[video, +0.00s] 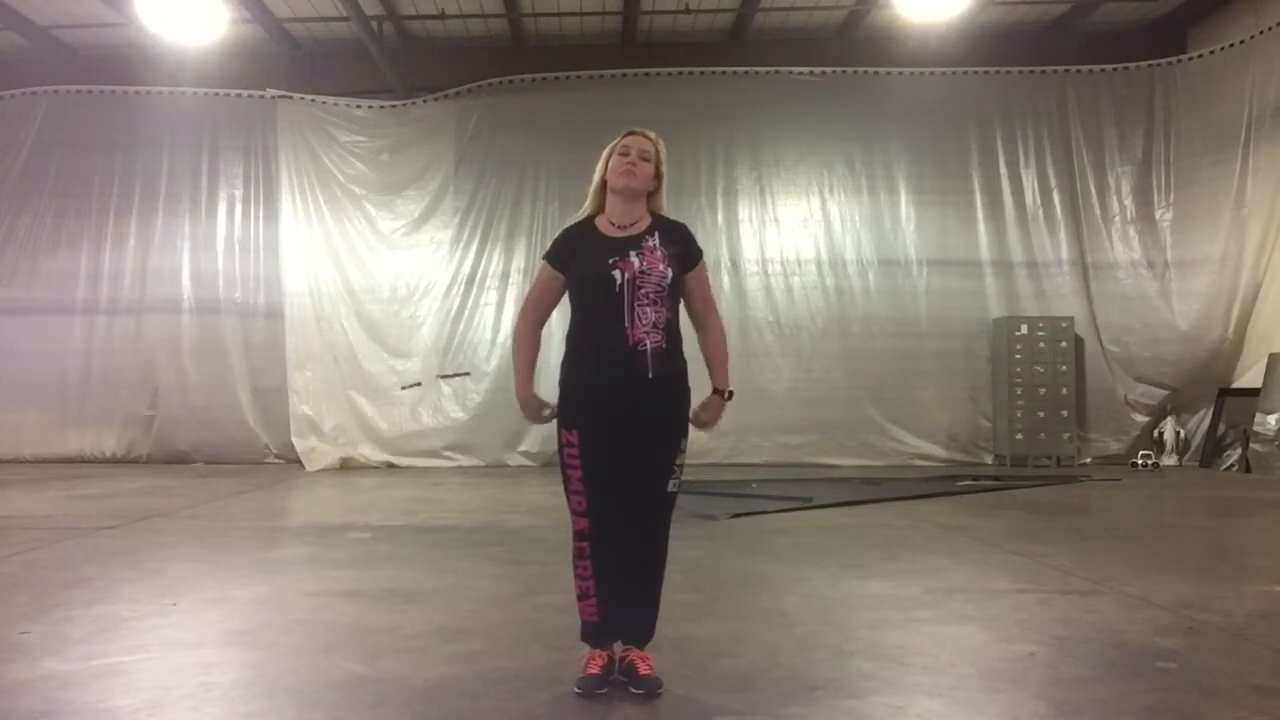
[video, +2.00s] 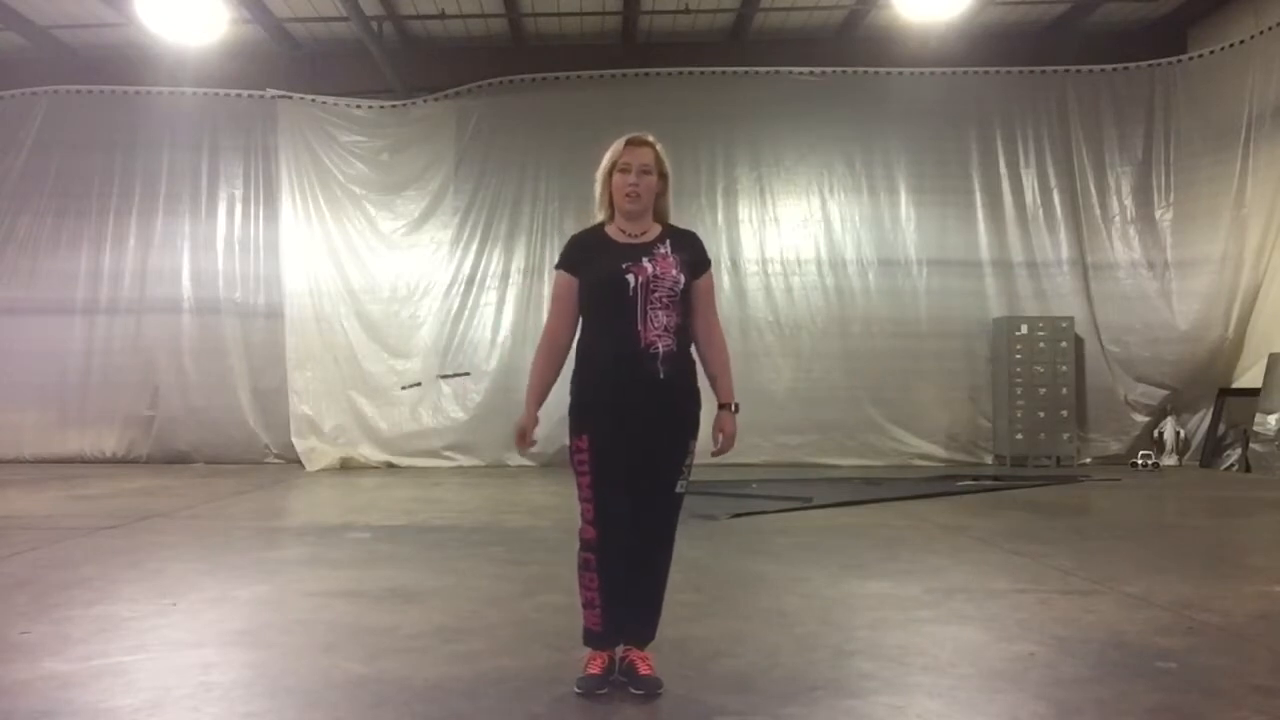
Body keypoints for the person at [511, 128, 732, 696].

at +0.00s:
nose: (631, 163)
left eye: (643, 158)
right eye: (622, 155)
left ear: (657, 177)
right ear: (604, 168)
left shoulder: (676, 239)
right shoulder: (576, 240)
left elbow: (706, 317)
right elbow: (531, 314)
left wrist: (721, 388)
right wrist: (523, 390)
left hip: (659, 406)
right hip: (589, 405)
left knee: (647, 524)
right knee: (593, 527)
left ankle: (634, 649)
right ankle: (599, 649)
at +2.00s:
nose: (634, 181)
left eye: (646, 172)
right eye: (625, 171)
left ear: (661, 182)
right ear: (608, 179)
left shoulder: (686, 247)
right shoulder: (583, 247)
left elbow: (707, 330)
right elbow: (557, 335)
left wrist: (727, 402)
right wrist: (531, 407)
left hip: (669, 411)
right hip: (600, 409)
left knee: (653, 526)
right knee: (601, 528)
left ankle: (635, 649)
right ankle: (599, 650)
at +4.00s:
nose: (641, 178)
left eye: (651, 170)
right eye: (630, 170)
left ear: (667, 180)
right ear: (615, 182)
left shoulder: (695, 248)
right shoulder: (592, 249)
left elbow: (713, 335)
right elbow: (565, 334)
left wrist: (725, 410)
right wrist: (540, 404)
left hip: (678, 411)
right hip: (608, 410)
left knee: (660, 528)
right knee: (608, 528)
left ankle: (639, 649)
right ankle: (607, 660)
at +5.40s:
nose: (632, 162)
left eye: (642, 155)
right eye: (621, 154)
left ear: (657, 170)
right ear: (603, 168)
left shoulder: (682, 239)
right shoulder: (578, 242)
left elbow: (702, 325)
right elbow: (551, 333)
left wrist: (722, 396)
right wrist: (531, 411)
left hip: (668, 406)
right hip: (598, 408)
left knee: (668, 526)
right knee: (607, 534)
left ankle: (671, 649)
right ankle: (619, 659)